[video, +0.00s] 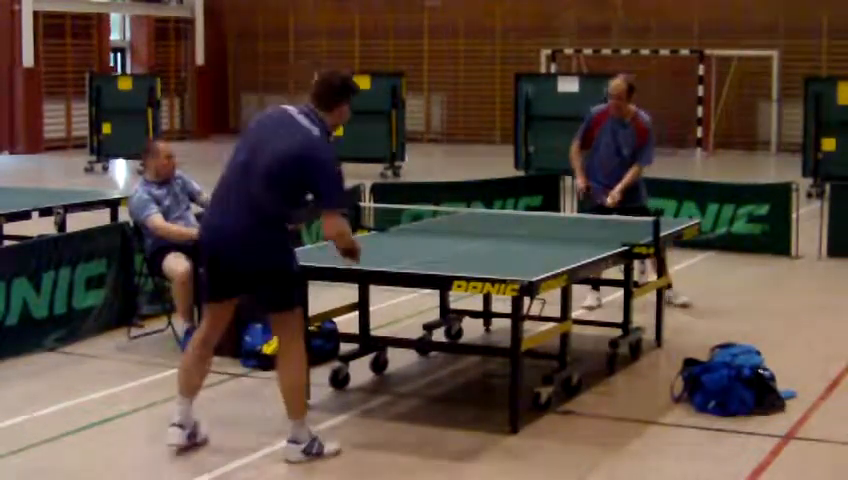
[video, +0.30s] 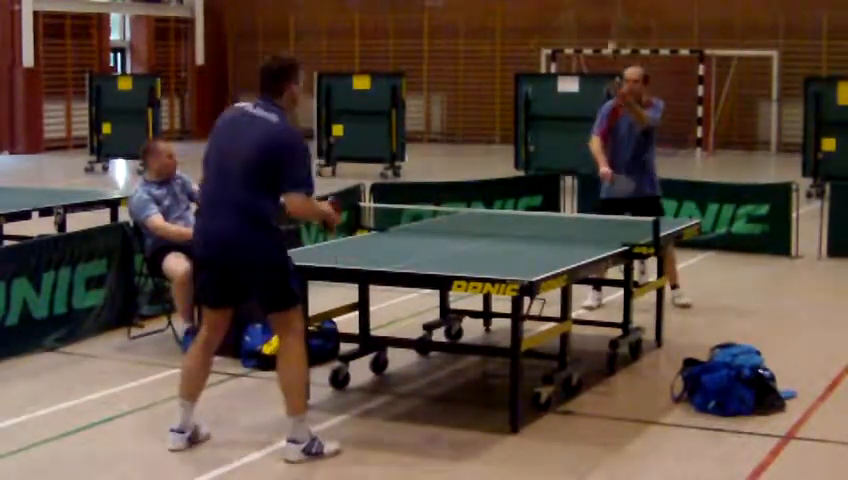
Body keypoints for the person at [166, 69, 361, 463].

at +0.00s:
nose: (347, 117)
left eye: (348, 110)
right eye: (348, 110)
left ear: (313, 97)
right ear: (340, 109)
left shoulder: (273, 116)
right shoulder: (319, 150)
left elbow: (257, 176)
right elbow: (334, 228)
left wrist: (291, 215)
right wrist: (349, 247)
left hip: (216, 234)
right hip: (264, 242)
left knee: (211, 325)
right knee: (290, 334)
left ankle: (182, 421)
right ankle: (300, 436)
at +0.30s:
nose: (301, 94)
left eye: (299, 87)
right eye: (300, 87)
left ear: (262, 86)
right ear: (290, 90)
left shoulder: (229, 119)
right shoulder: (285, 135)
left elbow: (218, 181)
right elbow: (296, 204)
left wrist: (281, 202)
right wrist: (323, 212)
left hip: (210, 238)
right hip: (258, 243)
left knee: (210, 330)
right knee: (290, 332)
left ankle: (183, 425)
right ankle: (299, 435)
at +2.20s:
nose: (460, 130)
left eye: (463, 124)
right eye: (461, 123)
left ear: (422, 106)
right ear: (454, 121)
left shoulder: (377, 122)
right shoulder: (442, 151)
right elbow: (500, 154)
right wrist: (485, 102)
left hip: (318, 246)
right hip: (374, 256)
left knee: (281, 327)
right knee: (422, 334)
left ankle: (237, 407)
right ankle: (421, 440)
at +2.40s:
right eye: (416, 83)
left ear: (383, 80)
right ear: (419, 86)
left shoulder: (344, 112)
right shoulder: (421, 126)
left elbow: (312, 159)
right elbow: (491, 139)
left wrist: (356, 155)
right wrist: (481, 91)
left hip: (323, 242)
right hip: (380, 248)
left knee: (286, 334)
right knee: (418, 336)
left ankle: (243, 431)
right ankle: (435, 443)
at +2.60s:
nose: (375, 95)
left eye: (371, 87)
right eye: (375, 89)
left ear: (335, 87)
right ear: (369, 92)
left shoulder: (298, 130)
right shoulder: (369, 144)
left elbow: (277, 185)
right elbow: (426, 199)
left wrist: (321, 186)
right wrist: (448, 170)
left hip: (294, 261)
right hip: (348, 263)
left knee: (281, 357)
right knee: (399, 340)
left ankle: (262, 462)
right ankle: (431, 445)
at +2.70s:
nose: (366, 83)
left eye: (361, 76)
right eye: (365, 77)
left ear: (323, 75)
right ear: (360, 82)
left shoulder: (287, 117)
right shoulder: (354, 134)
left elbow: (266, 178)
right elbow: (397, 204)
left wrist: (311, 172)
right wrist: (427, 187)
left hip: (278, 250)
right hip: (332, 254)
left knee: (271, 347)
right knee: (374, 337)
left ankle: (255, 448)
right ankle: (390, 445)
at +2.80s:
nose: (355, 84)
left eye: (353, 77)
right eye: (354, 78)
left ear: (311, 75)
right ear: (348, 79)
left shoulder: (277, 117)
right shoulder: (346, 132)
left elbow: (259, 177)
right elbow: (379, 202)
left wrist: (300, 183)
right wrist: (412, 198)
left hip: (265, 243)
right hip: (317, 249)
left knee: (262, 332)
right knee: (350, 338)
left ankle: (225, 430)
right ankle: (335, 450)